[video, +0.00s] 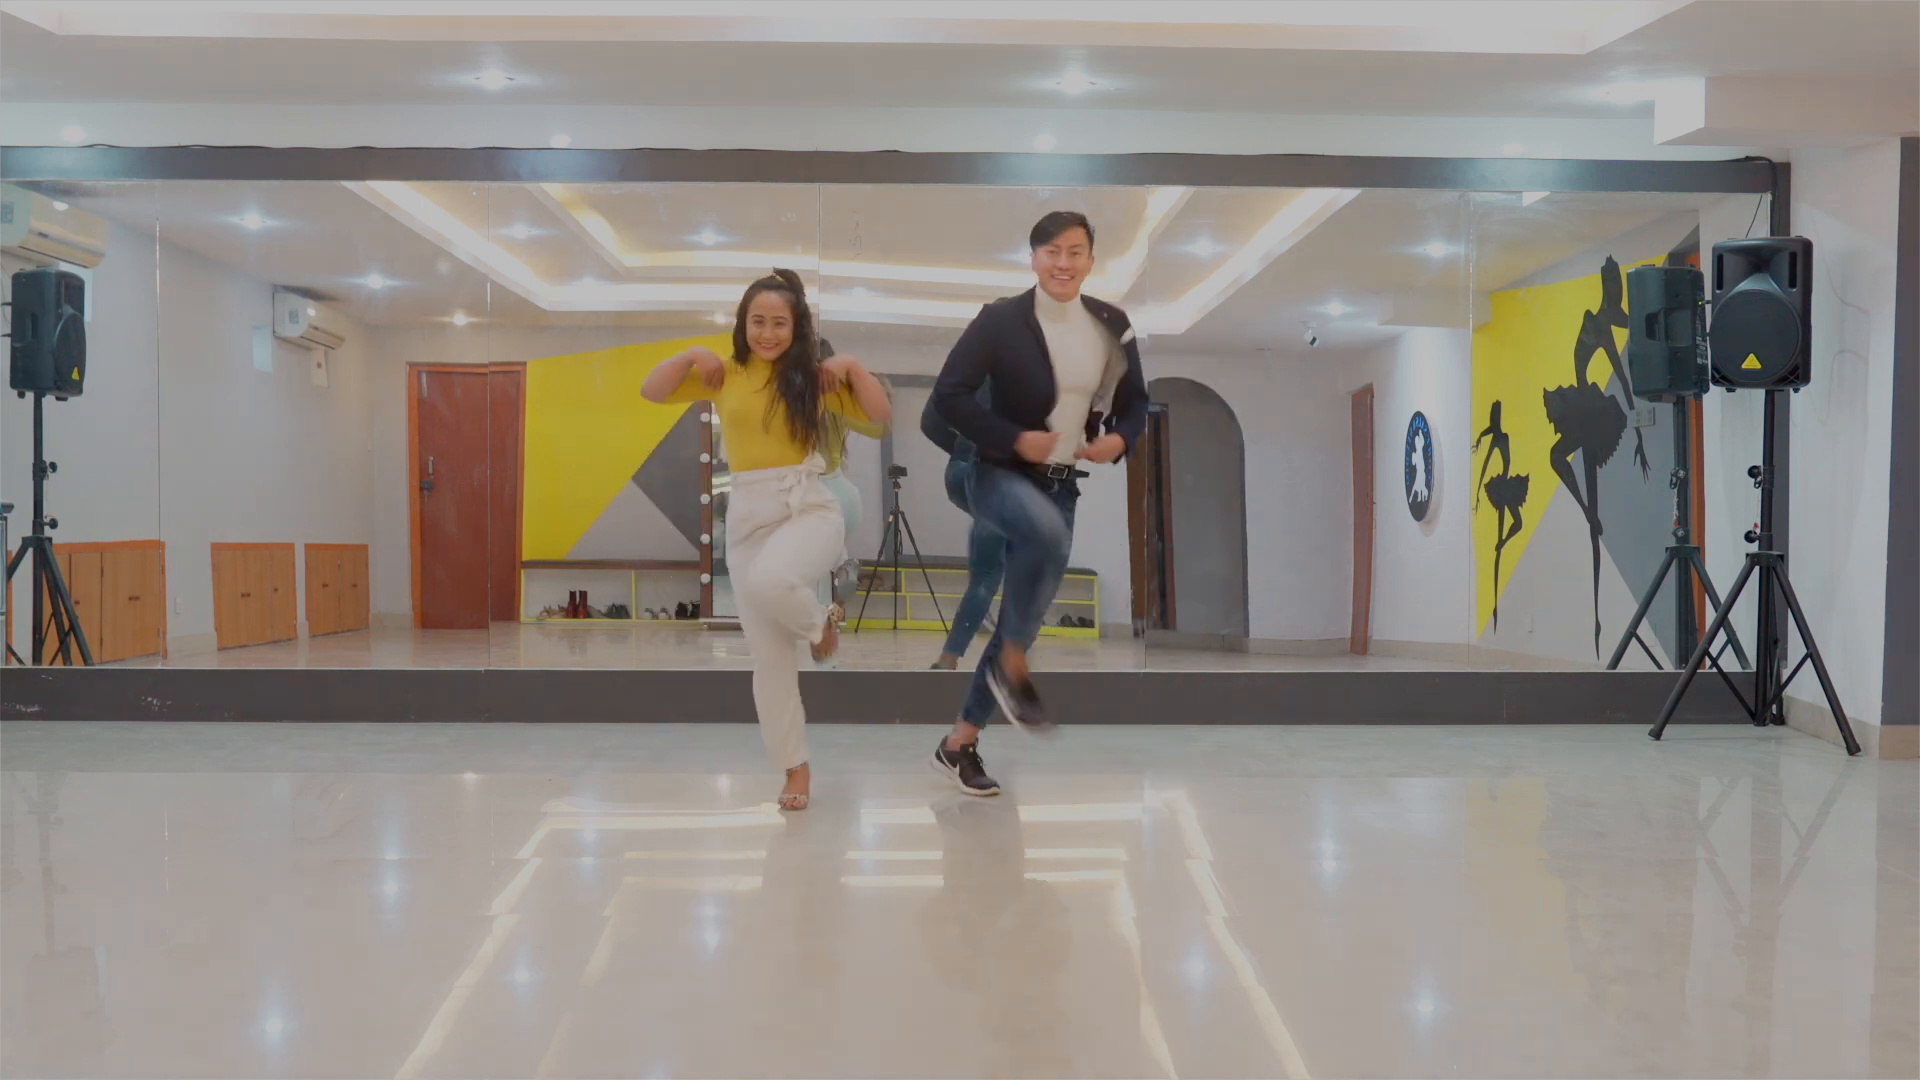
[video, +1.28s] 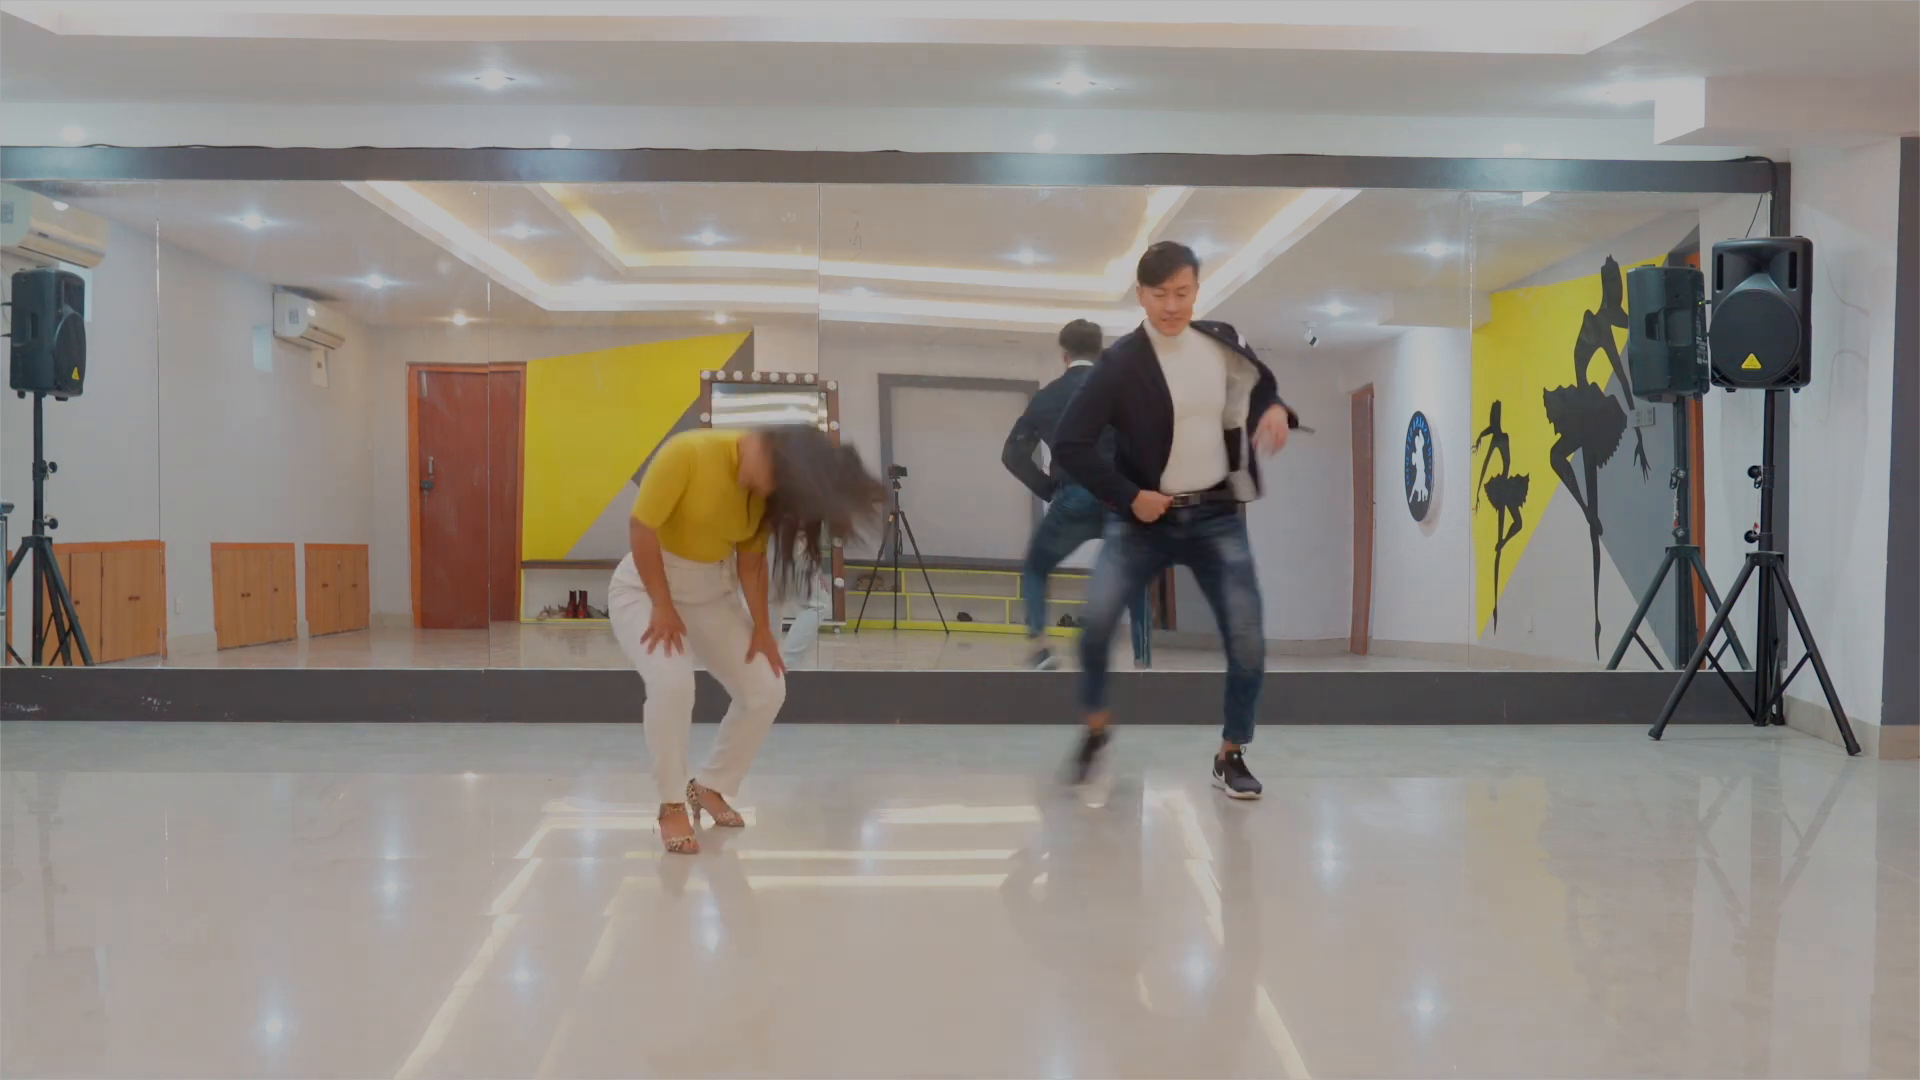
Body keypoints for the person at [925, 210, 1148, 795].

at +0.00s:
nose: (1064, 263)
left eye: (1075, 252)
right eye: (1053, 251)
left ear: (1092, 261)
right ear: (1034, 259)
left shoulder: (1112, 328)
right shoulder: (1000, 322)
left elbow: (1135, 403)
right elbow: (950, 397)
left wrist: (1120, 437)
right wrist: (1015, 438)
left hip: (1058, 486)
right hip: (993, 470)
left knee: (1023, 616)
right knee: (1045, 535)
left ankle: (961, 741)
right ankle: (1012, 663)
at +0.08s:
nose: (1069, 267)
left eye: (1080, 258)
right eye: (1058, 255)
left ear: (1092, 266)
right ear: (1034, 261)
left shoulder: (1110, 335)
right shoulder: (997, 323)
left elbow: (1124, 408)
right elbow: (963, 388)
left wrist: (1124, 454)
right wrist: (1036, 419)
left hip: (1065, 495)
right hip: (1004, 488)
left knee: (1019, 636)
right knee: (1054, 592)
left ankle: (954, 744)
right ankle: (1064, 729)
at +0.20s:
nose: (1084, 295)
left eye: (1090, 284)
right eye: (1071, 283)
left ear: (1096, 288)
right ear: (1040, 285)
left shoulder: (1102, 359)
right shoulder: (1005, 348)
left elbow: (1112, 430)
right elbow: (944, 425)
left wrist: (1131, 472)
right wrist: (1025, 431)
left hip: (1079, 523)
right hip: (1017, 519)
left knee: (1081, 654)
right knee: (1056, 646)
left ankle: (980, 732)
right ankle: (1075, 760)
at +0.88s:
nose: (1083, 307)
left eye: (1093, 295)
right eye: (1071, 296)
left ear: (1107, 297)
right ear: (1050, 302)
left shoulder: (1133, 363)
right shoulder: (1018, 365)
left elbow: (1146, 447)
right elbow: (951, 435)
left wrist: (1101, 497)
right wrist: (986, 455)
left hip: (1110, 521)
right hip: (1050, 520)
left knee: (1096, 650)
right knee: (1105, 641)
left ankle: (994, 724)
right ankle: (1044, 756)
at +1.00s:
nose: (1098, 302)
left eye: (1108, 290)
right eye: (1086, 291)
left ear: (1122, 294)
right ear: (1067, 298)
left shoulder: (1155, 358)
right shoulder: (1044, 362)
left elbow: (1223, 424)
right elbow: (988, 438)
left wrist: (1191, 495)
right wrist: (1040, 417)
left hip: (1126, 519)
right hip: (1060, 512)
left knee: (1159, 637)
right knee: (1072, 634)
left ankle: (1089, 719)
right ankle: (1038, 753)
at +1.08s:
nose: (1121, 299)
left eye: (1131, 288)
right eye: (1109, 288)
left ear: (1146, 292)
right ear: (1092, 296)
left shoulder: (1181, 351)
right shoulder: (1068, 363)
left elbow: (1238, 390)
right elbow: (1031, 441)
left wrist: (1224, 462)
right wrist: (1087, 425)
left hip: (1140, 516)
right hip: (1069, 510)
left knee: (1186, 640)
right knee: (1051, 630)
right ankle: (1032, 754)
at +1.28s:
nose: (1173, 305)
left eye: (1183, 293)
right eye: (1160, 294)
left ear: (1197, 289)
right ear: (1140, 295)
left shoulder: (1222, 342)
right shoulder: (1120, 362)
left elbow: (1262, 384)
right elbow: (1070, 448)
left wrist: (1274, 408)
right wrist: (1129, 497)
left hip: (1217, 513)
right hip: (1144, 517)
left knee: (1248, 640)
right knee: (1096, 615)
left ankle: (1231, 753)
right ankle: (1095, 726)